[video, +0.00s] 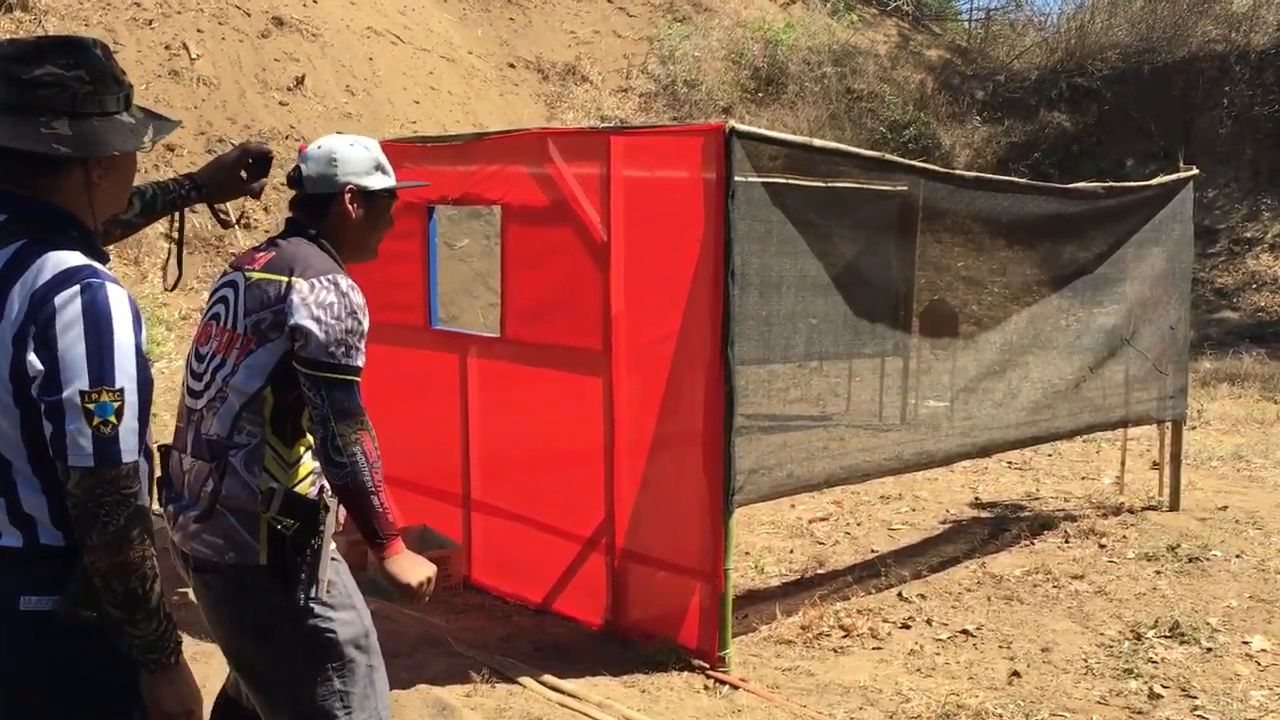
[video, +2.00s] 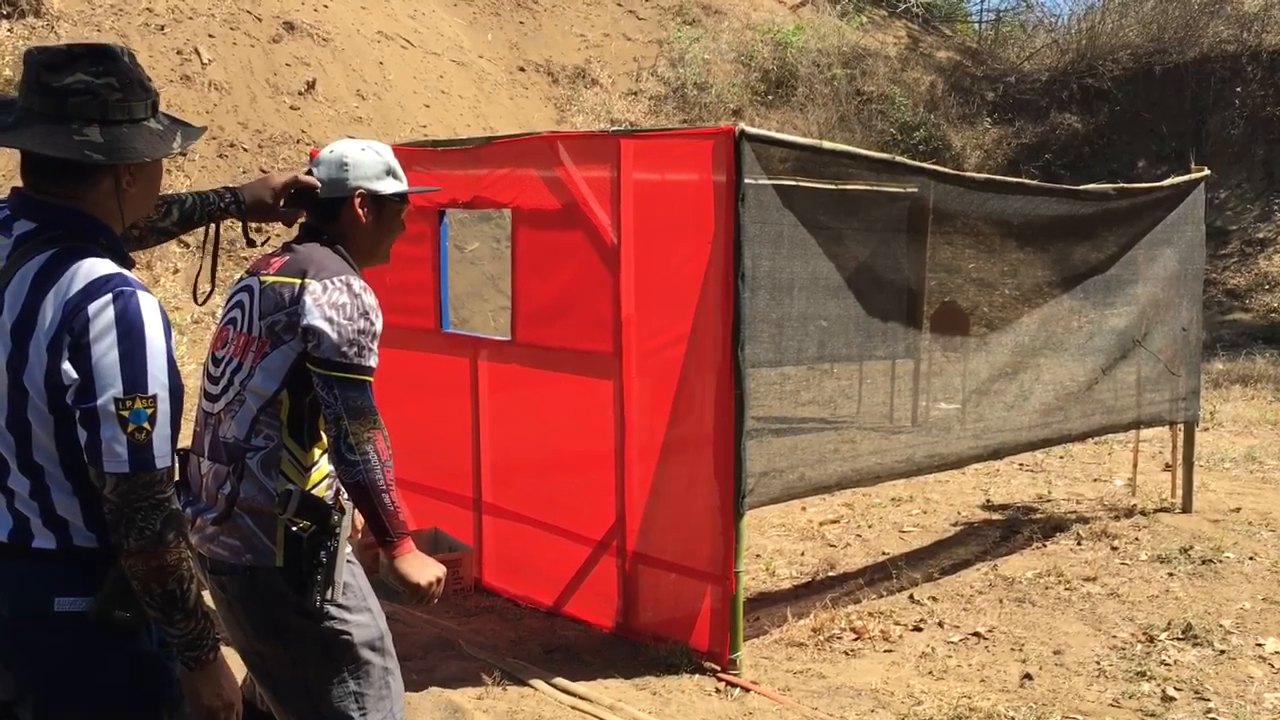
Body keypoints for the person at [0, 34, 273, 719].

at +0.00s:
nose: (139, 166)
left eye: (139, 149)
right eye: (132, 150)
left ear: (20, 157)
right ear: (90, 167)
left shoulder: (11, 251)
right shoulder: (81, 295)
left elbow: (94, 219)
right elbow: (110, 514)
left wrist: (197, 186)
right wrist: (164, 659)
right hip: (61, 612)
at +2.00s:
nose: (166, 171)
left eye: (165, 155)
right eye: (159, 156)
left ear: (36, 157)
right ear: (123, 173)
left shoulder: (9, 232)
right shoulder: (114, 305)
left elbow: (120, 224)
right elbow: (143, 520)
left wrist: (241, 197)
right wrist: (204, 653)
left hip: (14, 571)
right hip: (89, 604)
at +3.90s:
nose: (106, 197)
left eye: (103, 182)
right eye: (95, 183)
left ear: (39, 198)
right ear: (52, 200)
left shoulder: (17, 274)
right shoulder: (42, 316)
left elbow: (95, 230)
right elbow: (66, 515)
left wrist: (210, 189)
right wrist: (134, 646)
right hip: (41, 627)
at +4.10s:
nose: (39, 192)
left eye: (35, 177)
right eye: (30, 177)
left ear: (8, 191)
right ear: (2, 191)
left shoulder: (9, 257)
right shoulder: (12, 315)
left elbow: (94, 242)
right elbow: (18, 482)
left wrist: (211, 218)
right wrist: (70, 614)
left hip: (19, 576)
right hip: (18, 588)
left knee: (59, 685)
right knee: (63, 693)